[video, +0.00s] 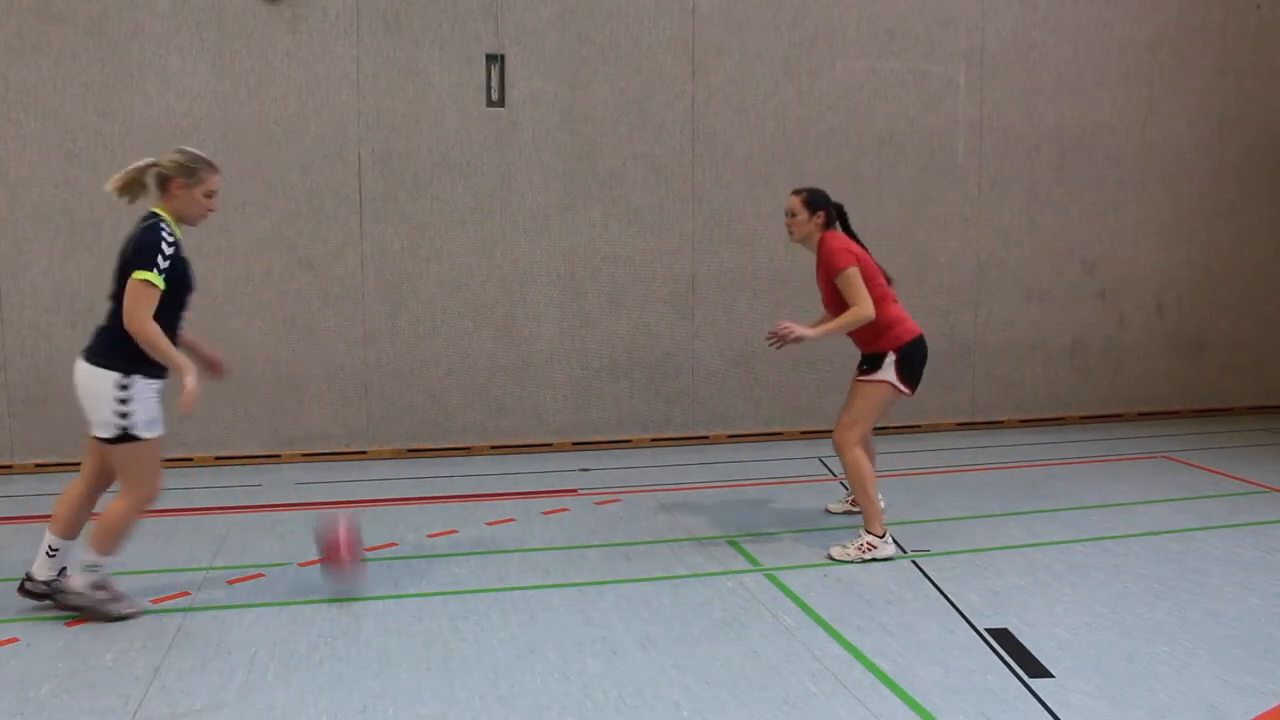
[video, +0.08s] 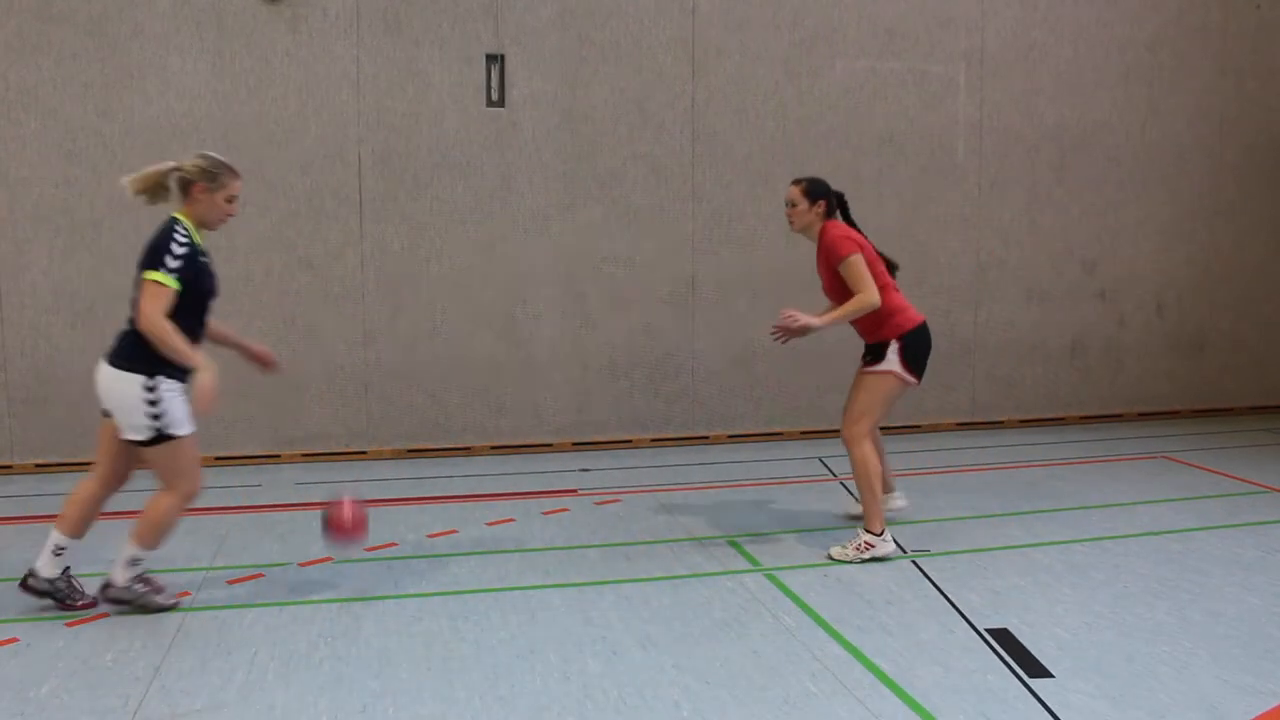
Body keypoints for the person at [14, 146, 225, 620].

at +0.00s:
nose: (213, 205)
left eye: (215, 196)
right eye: (208, 195)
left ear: (176, 191)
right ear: (177, 188)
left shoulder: (160, 233)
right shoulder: (158, 238)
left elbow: (158, 312)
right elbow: (136, 319)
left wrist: (197, 349)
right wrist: (182, 367)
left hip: (106, 370)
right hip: (122, 377)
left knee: (96, 475)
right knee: (142, 486)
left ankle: (43, 574)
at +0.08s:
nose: (233, 211)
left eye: (236, 202)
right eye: (229, 201)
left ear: (200, 195)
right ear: (198, 192)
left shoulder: (185, 240)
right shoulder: (176, 241)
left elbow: (190, 317)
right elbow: (150, 318)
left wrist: (243, 346)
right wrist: (199, 364)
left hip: (125, 372)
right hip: (146, 380)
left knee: (105, 477)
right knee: (183, 484)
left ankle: (46, 570)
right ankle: (124, 578)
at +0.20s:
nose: (274, 216)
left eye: (275, 207)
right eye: (269, 206)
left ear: (241, 203)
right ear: (240, 201)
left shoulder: (230, 249)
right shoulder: (219, 250)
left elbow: (244, 319)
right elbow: (217, 325)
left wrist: (296, 345)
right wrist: (287, 344)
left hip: (185, 380)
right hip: (188, 385)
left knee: (198, 479)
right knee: (213, 488)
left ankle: (110, 535)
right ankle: (136, 573)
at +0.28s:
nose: (312, 225)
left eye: (312, 215)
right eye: (306, 215)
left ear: (277, 217)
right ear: (277, 216)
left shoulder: (263, 261)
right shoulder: (262, 265)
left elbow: (278, 340)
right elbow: (278, 343)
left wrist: (325, 353)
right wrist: (328, 357)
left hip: (228, 393)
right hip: (209, 395)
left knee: (279, 465)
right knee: (228, 501)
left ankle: (197, 535)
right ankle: (139, 572)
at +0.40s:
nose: (376, 220)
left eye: (375, 211)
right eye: (369, 212)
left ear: (340, 221)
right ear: (343, 220)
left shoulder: (325, 263)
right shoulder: (337, 270)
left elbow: (345, 341)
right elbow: (358, 348)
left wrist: (388, 362)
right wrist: (397, 356)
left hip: (301, 394)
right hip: (274, 397)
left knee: (365, 440)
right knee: (240, 495)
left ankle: (376, 541)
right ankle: (151, 565)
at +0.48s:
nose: (417, 207)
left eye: (415, 199)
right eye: (409, 200)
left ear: (384, 209)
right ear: (384, 208)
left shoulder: (382, 251)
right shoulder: (380, 253)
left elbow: (402, 322)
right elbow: (407, 321)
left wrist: (450, 337)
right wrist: (460, 328)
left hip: (367, 386)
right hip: (336, 387)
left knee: (409, 451)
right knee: (298, 480)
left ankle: (393, 548)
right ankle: (200, 539)